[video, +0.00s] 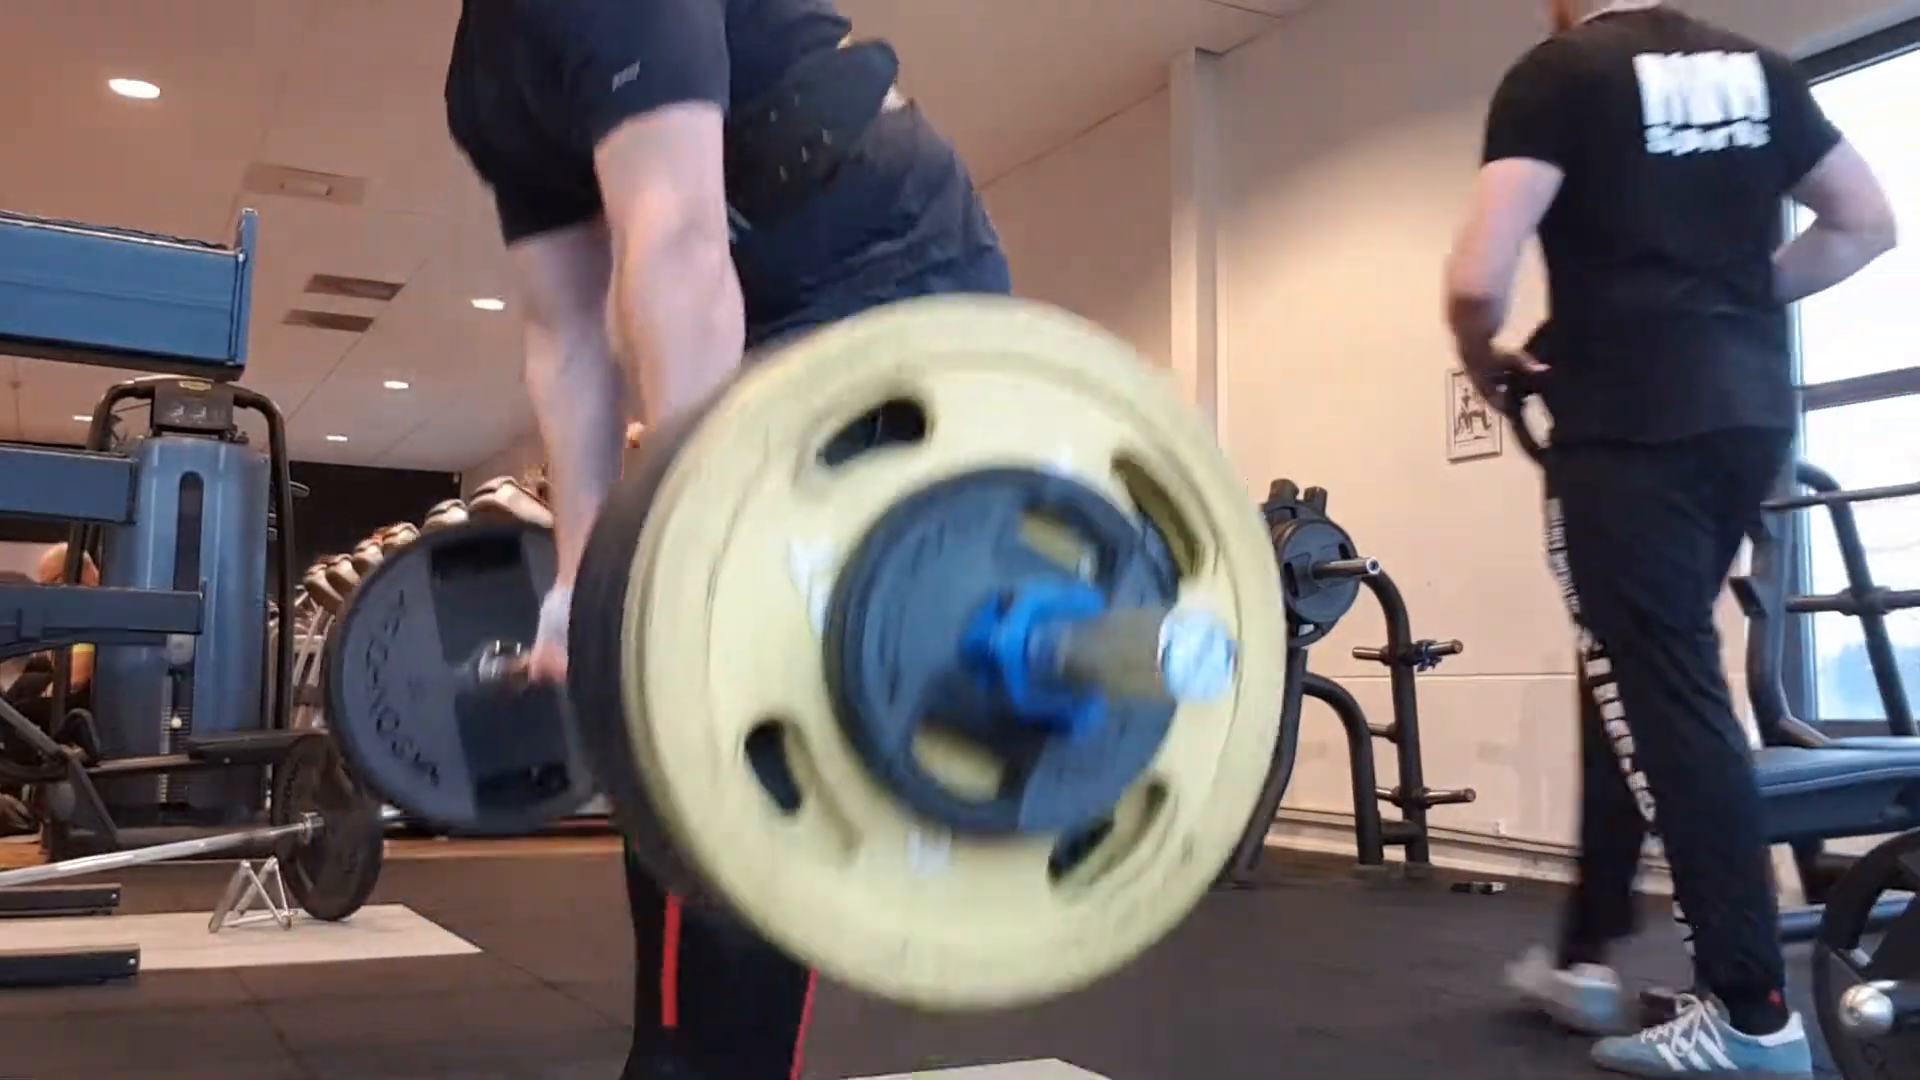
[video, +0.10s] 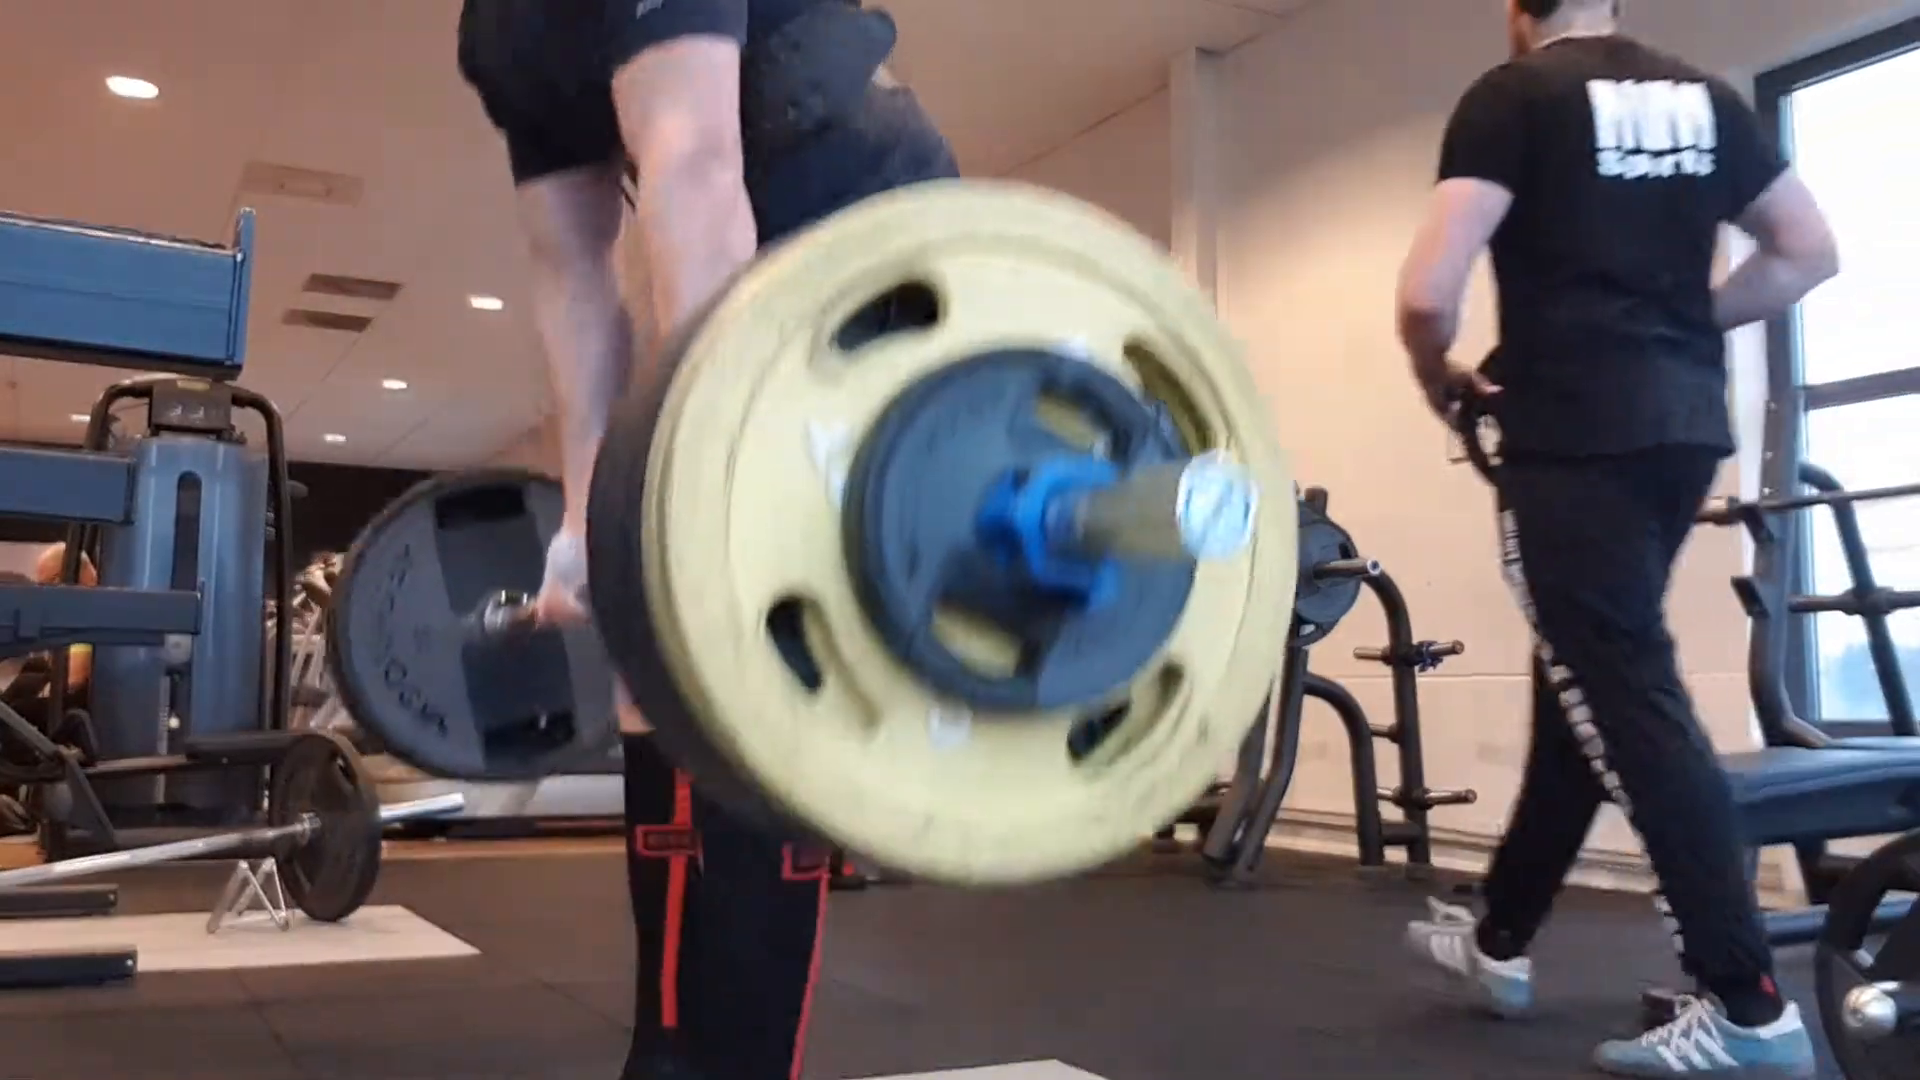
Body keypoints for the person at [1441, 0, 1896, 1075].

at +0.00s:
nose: (1539, 29)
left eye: (1539, 22)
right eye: (1544, 24)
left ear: (1563, 9)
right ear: (1655, 1)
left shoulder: (1555, 72)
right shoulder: (1757, 67)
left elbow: (1474, 283)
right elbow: (1865, 223)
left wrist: (1482, 356)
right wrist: (1745, 291)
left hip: (1630, 421)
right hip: (1752, 419)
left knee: (1676, 703)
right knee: (1628, 677)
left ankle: (1753, 1013)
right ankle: (1587, 961)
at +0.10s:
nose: (1502, 35)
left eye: (1501, 26)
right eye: (1509, 28)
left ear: (1520, 19)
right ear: (1613, 12)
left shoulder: (1510, 95)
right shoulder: (1706, 96)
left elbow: (1425, 300)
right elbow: (1807, 250)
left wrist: (1440, 380)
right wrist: (1690, 316)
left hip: (1573, 427)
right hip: (1687, 428)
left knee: (1635, 704)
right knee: (1581, 686)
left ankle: (1746, 1007)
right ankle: (1500, 939)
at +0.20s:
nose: (1460, 36)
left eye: (1463, 23)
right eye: (1467, 24)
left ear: (1485, 25)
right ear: (1569, 25)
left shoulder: (1472, 115)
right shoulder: (1651, 122)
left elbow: (1397, 306)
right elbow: (1755, 275)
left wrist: (1398, 391)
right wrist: (1631, 332)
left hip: (1521, 444)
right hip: (1626, 445)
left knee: (1555, 702)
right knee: (1532, 692)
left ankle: (1718, 970)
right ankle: (1483, 954)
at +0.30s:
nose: (1414, 42)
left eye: (1420, 25)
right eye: (1419, 25)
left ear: (1448, 30)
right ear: (1520, 31)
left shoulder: (1437, 125)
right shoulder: (1597, 137)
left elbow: (1383, 307)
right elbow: (1679, 295)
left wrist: (1357, 390)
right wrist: (1568, 335)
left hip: (1467, 441)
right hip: (1570, 442)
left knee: (1438, 693)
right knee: (1500, 694)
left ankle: (1615, 894)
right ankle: (1475, 954)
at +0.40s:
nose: (1370, 61)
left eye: (1375, 42)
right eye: (1373, 43)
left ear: (1405, 40)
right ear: (1470, 43)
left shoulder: (1405, 135)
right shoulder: (1542, 147)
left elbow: (1364, 313)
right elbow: (1617, 298)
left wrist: (1321, 385)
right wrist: (1515, 341)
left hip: (1427, 441)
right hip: (1525, 441)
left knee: (1339, 649)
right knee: (1477, 679)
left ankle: (1494, 867)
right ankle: (1477, 948)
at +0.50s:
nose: (1325, 77)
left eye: (1331, 59)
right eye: (1328, 59)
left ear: (1364, 57)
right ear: (1423, 64)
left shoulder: (1368, 145)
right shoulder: (1494, 162)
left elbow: (1346, 314)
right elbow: (1559, 308)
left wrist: (1287, 399)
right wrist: (1462, 356)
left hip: (1375, 457)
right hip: (1477, 459)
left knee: (1291, 651)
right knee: (1450, 685)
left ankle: (1354, 910)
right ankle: (1472, 946)